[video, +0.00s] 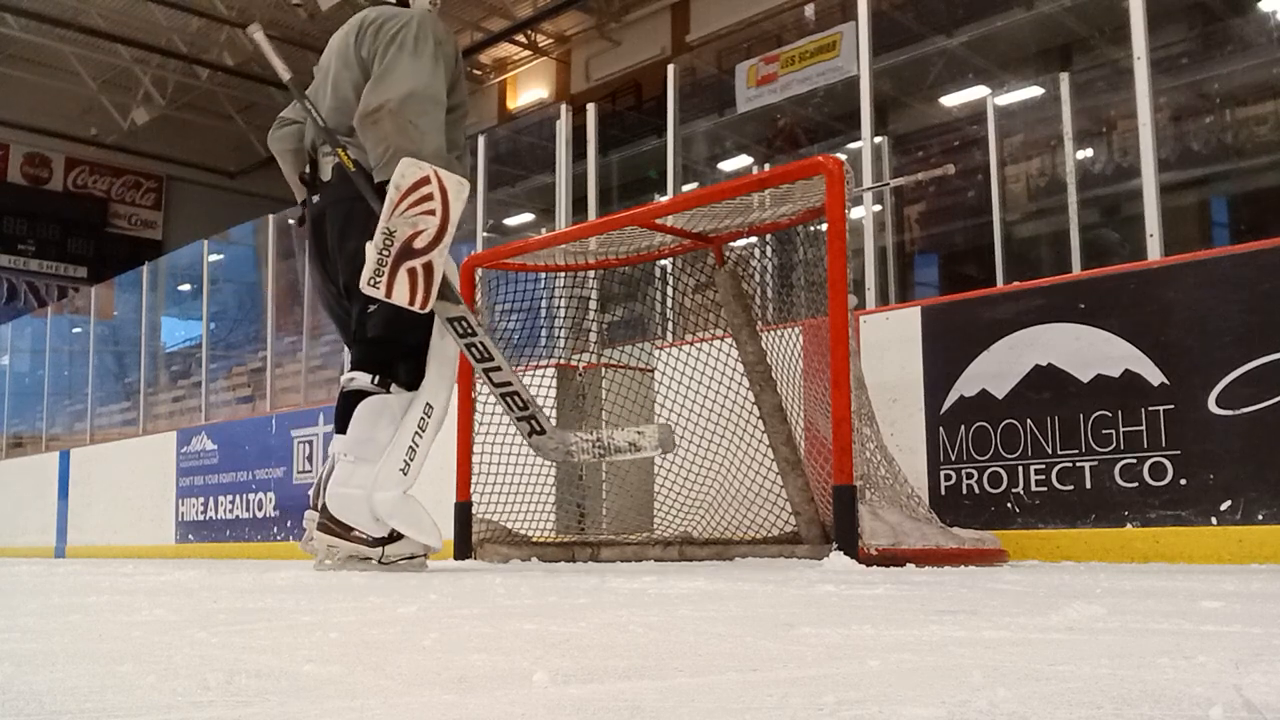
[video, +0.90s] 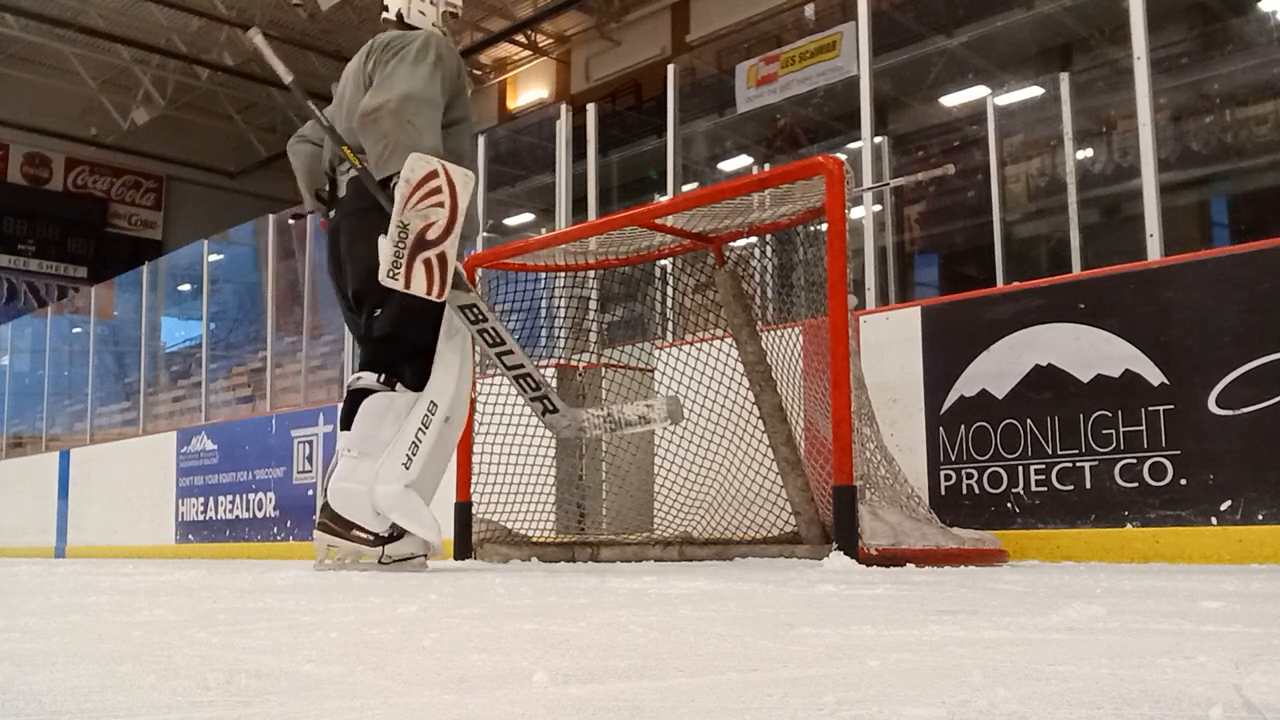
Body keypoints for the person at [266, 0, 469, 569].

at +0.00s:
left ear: (377, 1)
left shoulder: (344, 46)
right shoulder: (412, 24)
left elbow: (288, 131)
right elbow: (396, 120)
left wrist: (317, 190)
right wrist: (425, 226)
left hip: (330, 214)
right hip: (375, 207)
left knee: (370, 357)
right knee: (403, 358)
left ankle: (345, 513)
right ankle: (354, 506)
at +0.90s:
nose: (452, 16)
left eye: (451, 11)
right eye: (448, 10)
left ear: (392, 17)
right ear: (428, 13)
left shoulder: (358, 76)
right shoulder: (421, 45)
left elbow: (308, 142)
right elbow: (395, 117)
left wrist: (331, 199)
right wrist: (432, 219)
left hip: (353, 229)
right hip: (398, 223)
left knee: (383, 371)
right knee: (436, 373)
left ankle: (355, 513)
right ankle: (366, 507)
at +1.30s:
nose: (482, 55)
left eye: (483, 47)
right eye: (475, 44)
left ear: (450, 42)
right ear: (449, 39)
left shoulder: (452, 97)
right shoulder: (428, 70)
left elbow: (444, 193)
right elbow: (375, 133)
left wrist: (469, 263)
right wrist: (403, 235)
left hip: (416, 265)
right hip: (420, 261)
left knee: (419, 387)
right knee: (454, 385)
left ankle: (377, 512)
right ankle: (420, 514)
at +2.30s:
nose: (545, 25)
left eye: (555, 16)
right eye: (532, 14)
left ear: (568, 27)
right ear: (511, 23)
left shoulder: (588, 112)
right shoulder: (491, 73)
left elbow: (573, 202)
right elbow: (446, 148)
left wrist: (596, 257)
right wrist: (433, 234)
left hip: (568, 270)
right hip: (498, 259)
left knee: (592, 394)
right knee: (518, 394)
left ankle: (583, 523)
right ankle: (513, 529)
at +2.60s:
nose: (574, 13)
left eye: (585, 5)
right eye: (562, 5)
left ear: (603, 16)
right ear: (543, 15)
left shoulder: (639, 96)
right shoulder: (515, 78)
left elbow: (646, 198)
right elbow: (476, 164)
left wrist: (670, 250)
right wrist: (470, 237)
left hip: (623, 277)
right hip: (536, 267)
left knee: (662, 382)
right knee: (562, 383)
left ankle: (657, 530)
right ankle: (531, 534)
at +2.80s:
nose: (626, 24)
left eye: (637, 15)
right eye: (614, 14)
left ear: (654, 21)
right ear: (594, 19)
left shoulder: (690, 95)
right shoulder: (555, 80)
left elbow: (703, 173)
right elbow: (517, 148)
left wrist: (735, 232)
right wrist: (502, 210)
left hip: (660, 275)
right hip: (565, 270)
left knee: (696, 396)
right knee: (554, 401)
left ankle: (702, 530)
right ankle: (529, 534)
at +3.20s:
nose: (702, 19)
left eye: (714, 11)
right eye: (691, 9)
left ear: (731, 22)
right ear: (674, 16)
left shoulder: (755, 90)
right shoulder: (623, 81)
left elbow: (780, 173)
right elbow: (584, 159)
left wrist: (801, 240)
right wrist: (548, 205)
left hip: (713, 267)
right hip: (624, 269)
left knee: (725, 390)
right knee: (569, 379)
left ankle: (788, 525)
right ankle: (581, 527)